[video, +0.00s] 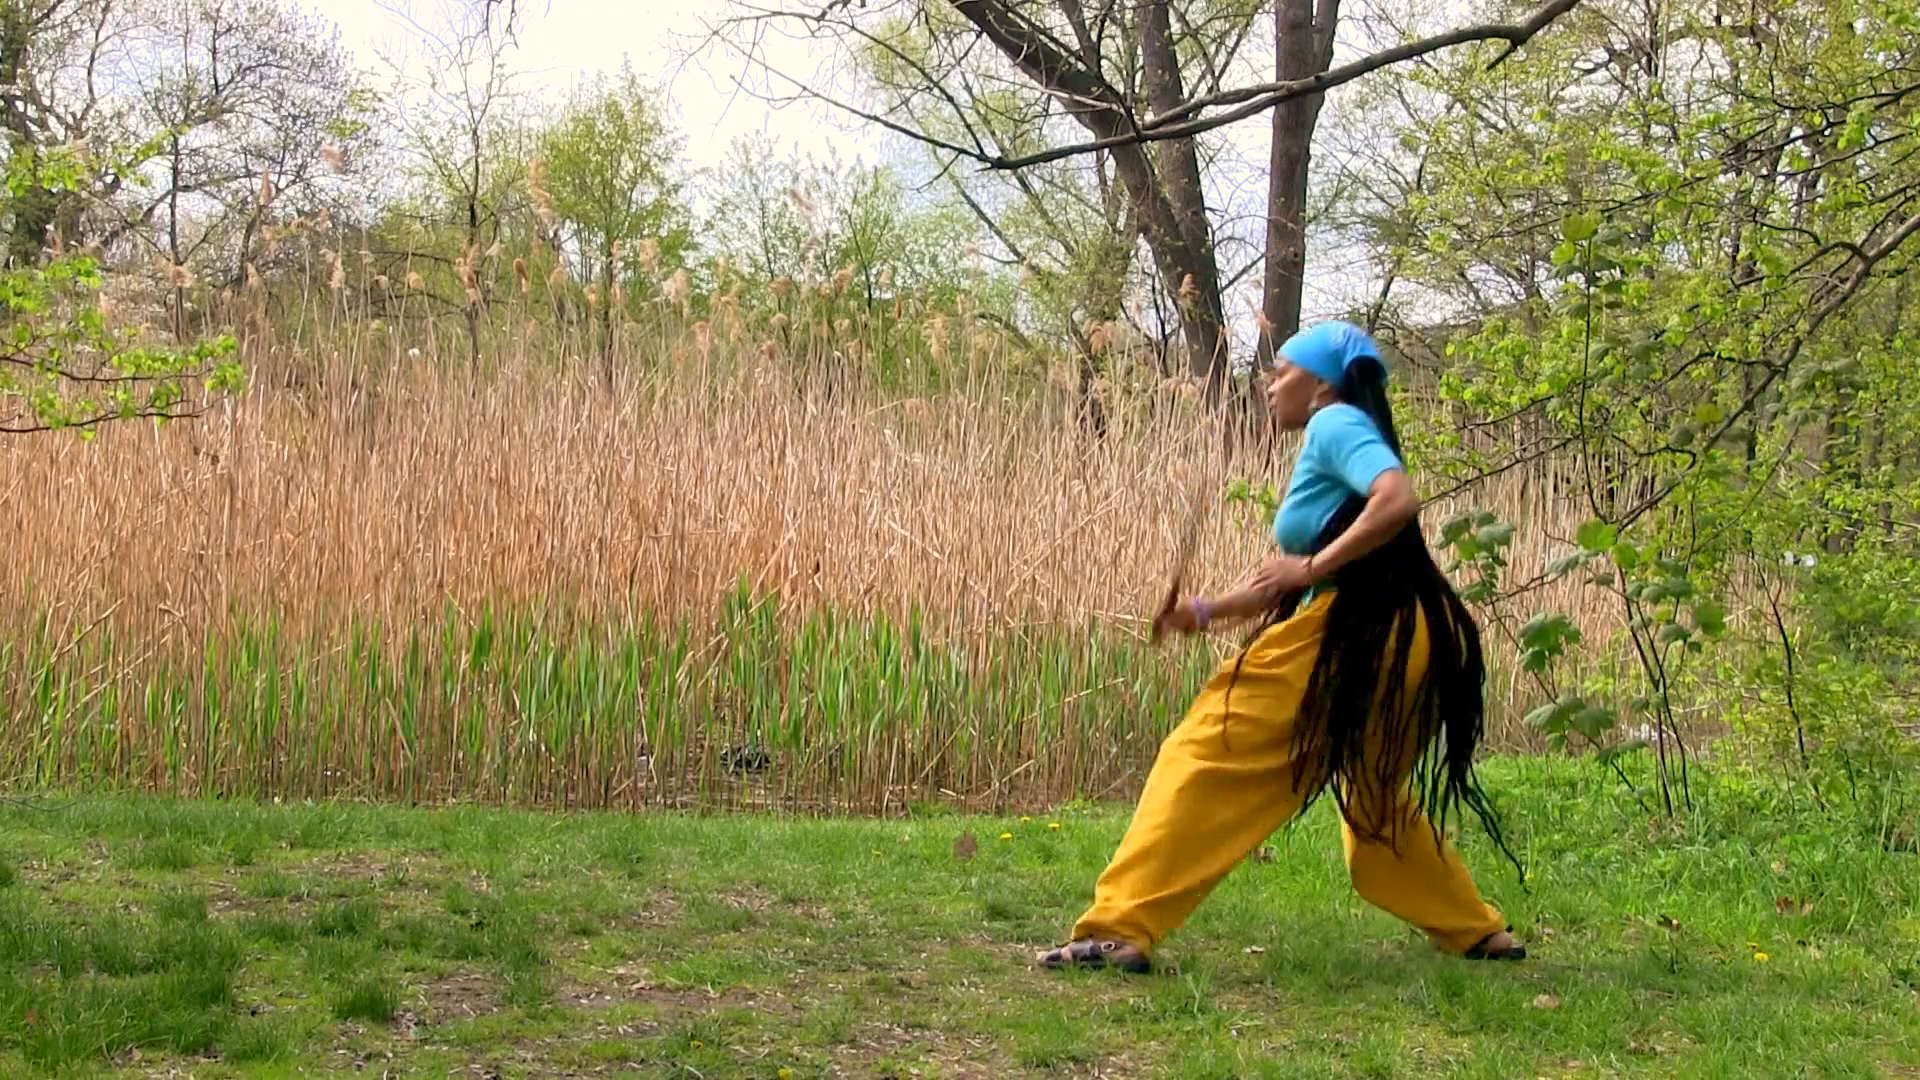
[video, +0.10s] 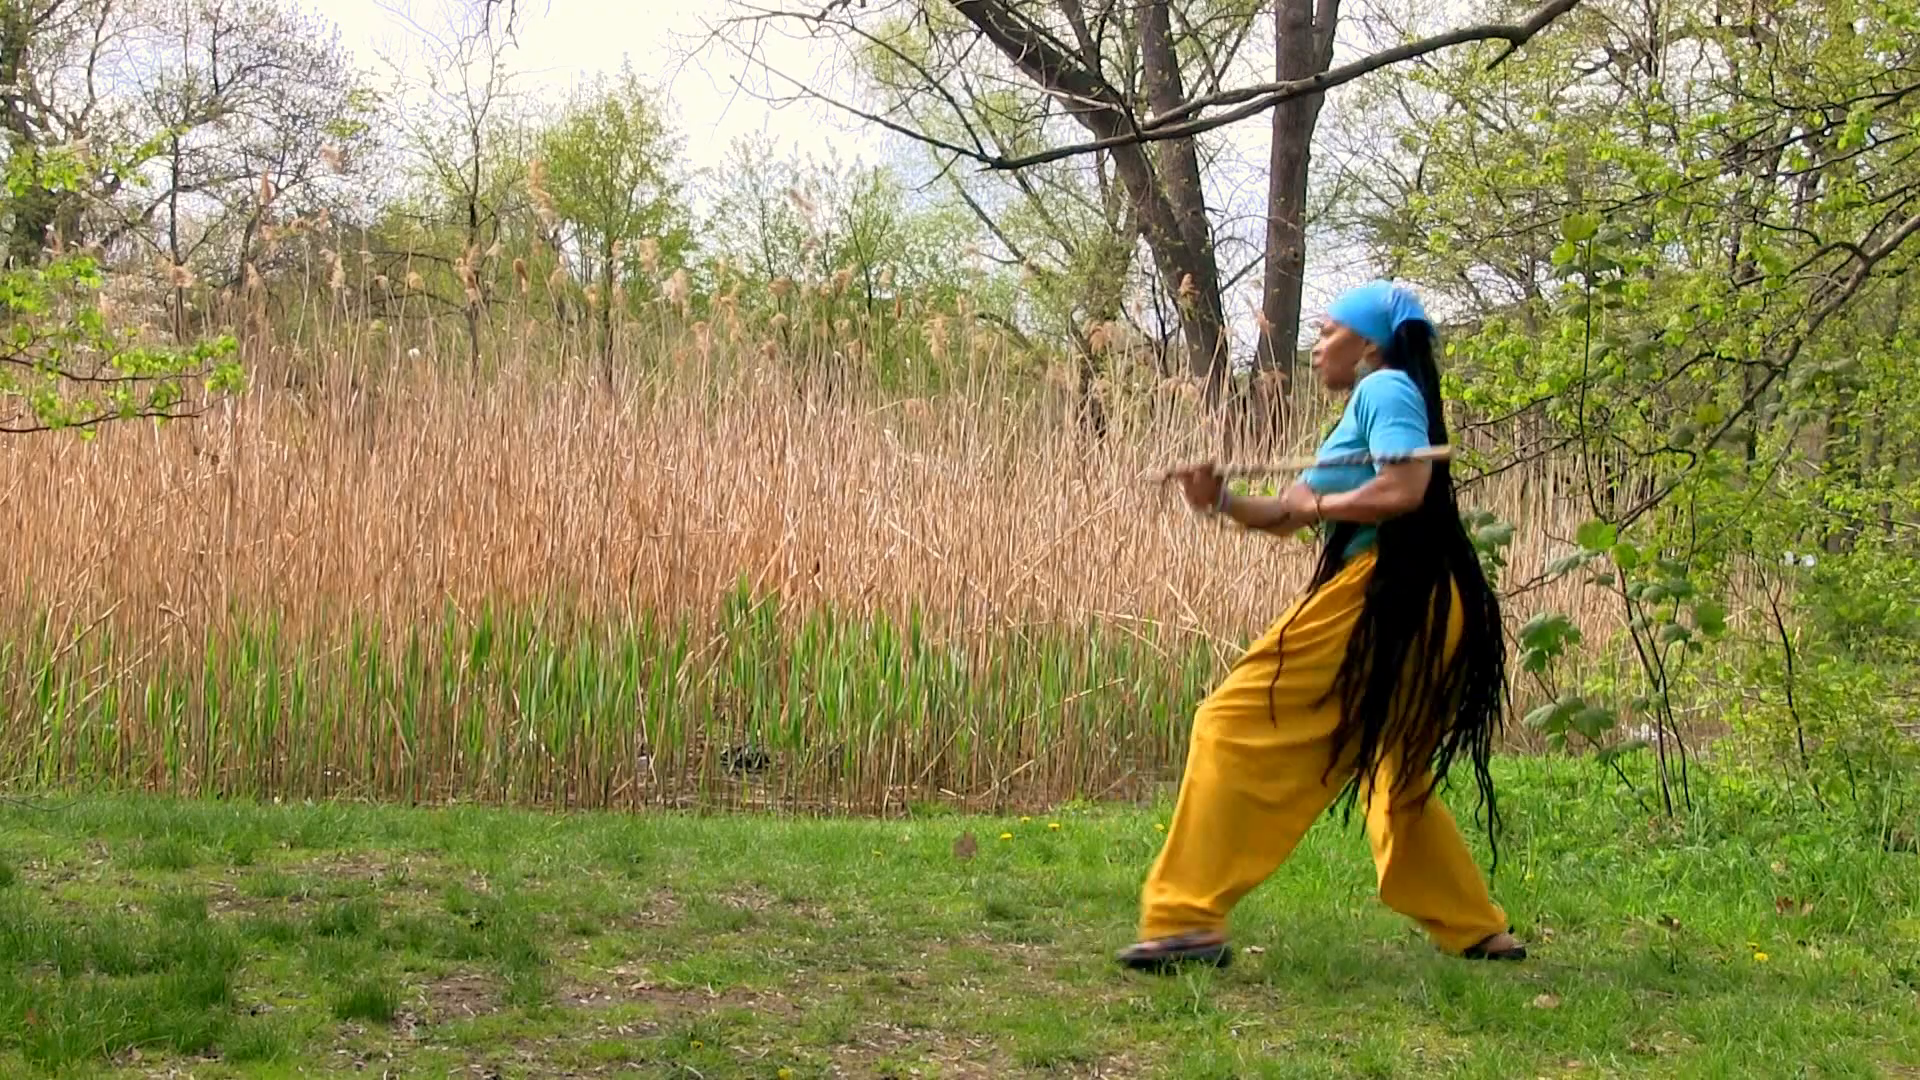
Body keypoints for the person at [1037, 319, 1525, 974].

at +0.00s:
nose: (1271, 384)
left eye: (1282, 372)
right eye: (1275, 371)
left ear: (1320, 383)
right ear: (1324, 384)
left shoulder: (1338, 424)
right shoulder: (1330, 442)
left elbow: (1396, 497)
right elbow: (1294, 577)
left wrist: (1312, 566)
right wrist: (1208, 610)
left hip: (1342, 625)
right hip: (1404, 627)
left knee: (1201, 751)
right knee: (1375, 792)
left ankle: (1118, 930)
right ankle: (1477, 930)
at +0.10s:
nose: (1319, 343)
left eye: (1332, 330)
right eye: (1323, 330)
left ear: (1370, 343)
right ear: (1369, 345)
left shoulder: (1387, 388)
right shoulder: (1362, 414)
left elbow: (1404, 488)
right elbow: (1289, 510)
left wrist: (1319, 506)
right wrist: (1222, 503)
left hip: (1381, 586)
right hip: (1428, 594)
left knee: (1227, 719)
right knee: (1394, 764)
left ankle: (1185, 922)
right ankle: (1477, 930)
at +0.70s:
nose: (1310, 308)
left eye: (1321, 298)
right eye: (1315, 296)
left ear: (1355, 310)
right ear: (1377, 315)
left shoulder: (1329, 351)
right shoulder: (1423, 375)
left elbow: (1200, 349)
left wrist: (1104, 322)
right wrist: (1220, 339)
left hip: (1367, 547)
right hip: (1443, 558)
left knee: (1240, 718)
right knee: (1429, 759)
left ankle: (1158, 907)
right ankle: (1481, 932)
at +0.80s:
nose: (1262, 314)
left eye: (1274, 304)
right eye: (1269, 302)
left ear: (1308, 319)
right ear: (1343, 322)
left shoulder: (1268, 365)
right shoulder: (1385, 385)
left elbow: (1137, 388)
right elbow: (1428, 484)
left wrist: (1028, 393)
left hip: (1317, 558)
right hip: (1403, 562)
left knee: (1196, 728)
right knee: (1422, 757)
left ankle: (1140, 914)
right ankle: (1479, 930)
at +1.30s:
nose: (1161, 249)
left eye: (1170, 239)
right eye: (1145, 235)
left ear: (1178, 255)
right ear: (1102, 246)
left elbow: (1229, 440)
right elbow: (1017, 435)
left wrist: (1164, 465)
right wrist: (1042, 522)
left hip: (1145, 528)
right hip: (1043, 513)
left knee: (1130, 721)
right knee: (998, 702)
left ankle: (1113, 912)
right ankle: (979, 887)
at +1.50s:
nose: (1151, 263)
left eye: (1150, 250)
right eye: (1137, 250)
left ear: (1116, 263)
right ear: (1090, 258)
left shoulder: (1101, 333)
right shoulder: (1041, 317)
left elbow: (1059, 431)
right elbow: (980, 390)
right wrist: (953, 470)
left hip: (1070, 529)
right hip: (1002, 514)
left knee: (1092, 708)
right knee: (1007, 715)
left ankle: (914, 767)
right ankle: (973, 911)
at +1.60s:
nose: (1116, 266)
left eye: (1113, 252)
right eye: (1102, 252)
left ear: (1070, 267)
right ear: (1058, 262)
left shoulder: (1054, 336)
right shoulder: (1009, 315)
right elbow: (974, 393)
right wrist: (1001, 428)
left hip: (1037, 531)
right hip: (988, 515)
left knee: (1022, 714)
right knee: (996, 714)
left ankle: (842, 751)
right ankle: (968, 915)